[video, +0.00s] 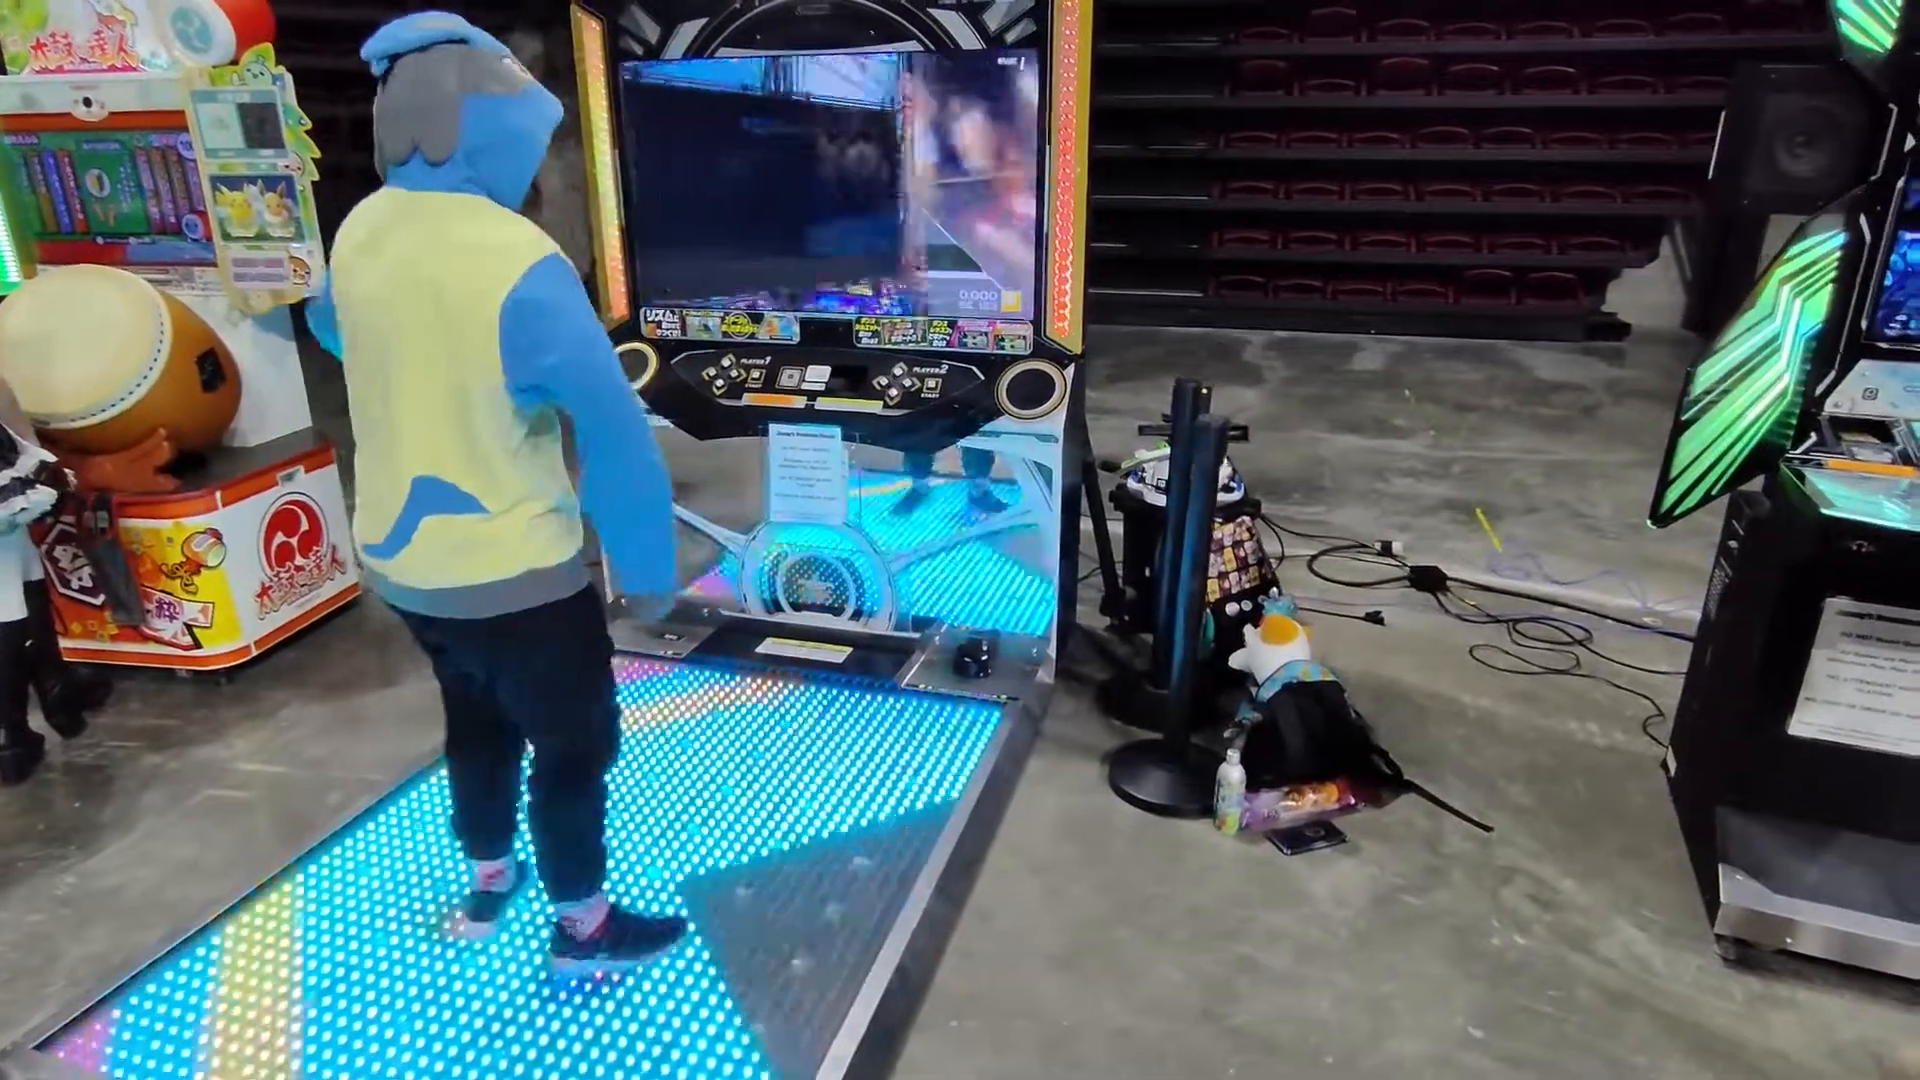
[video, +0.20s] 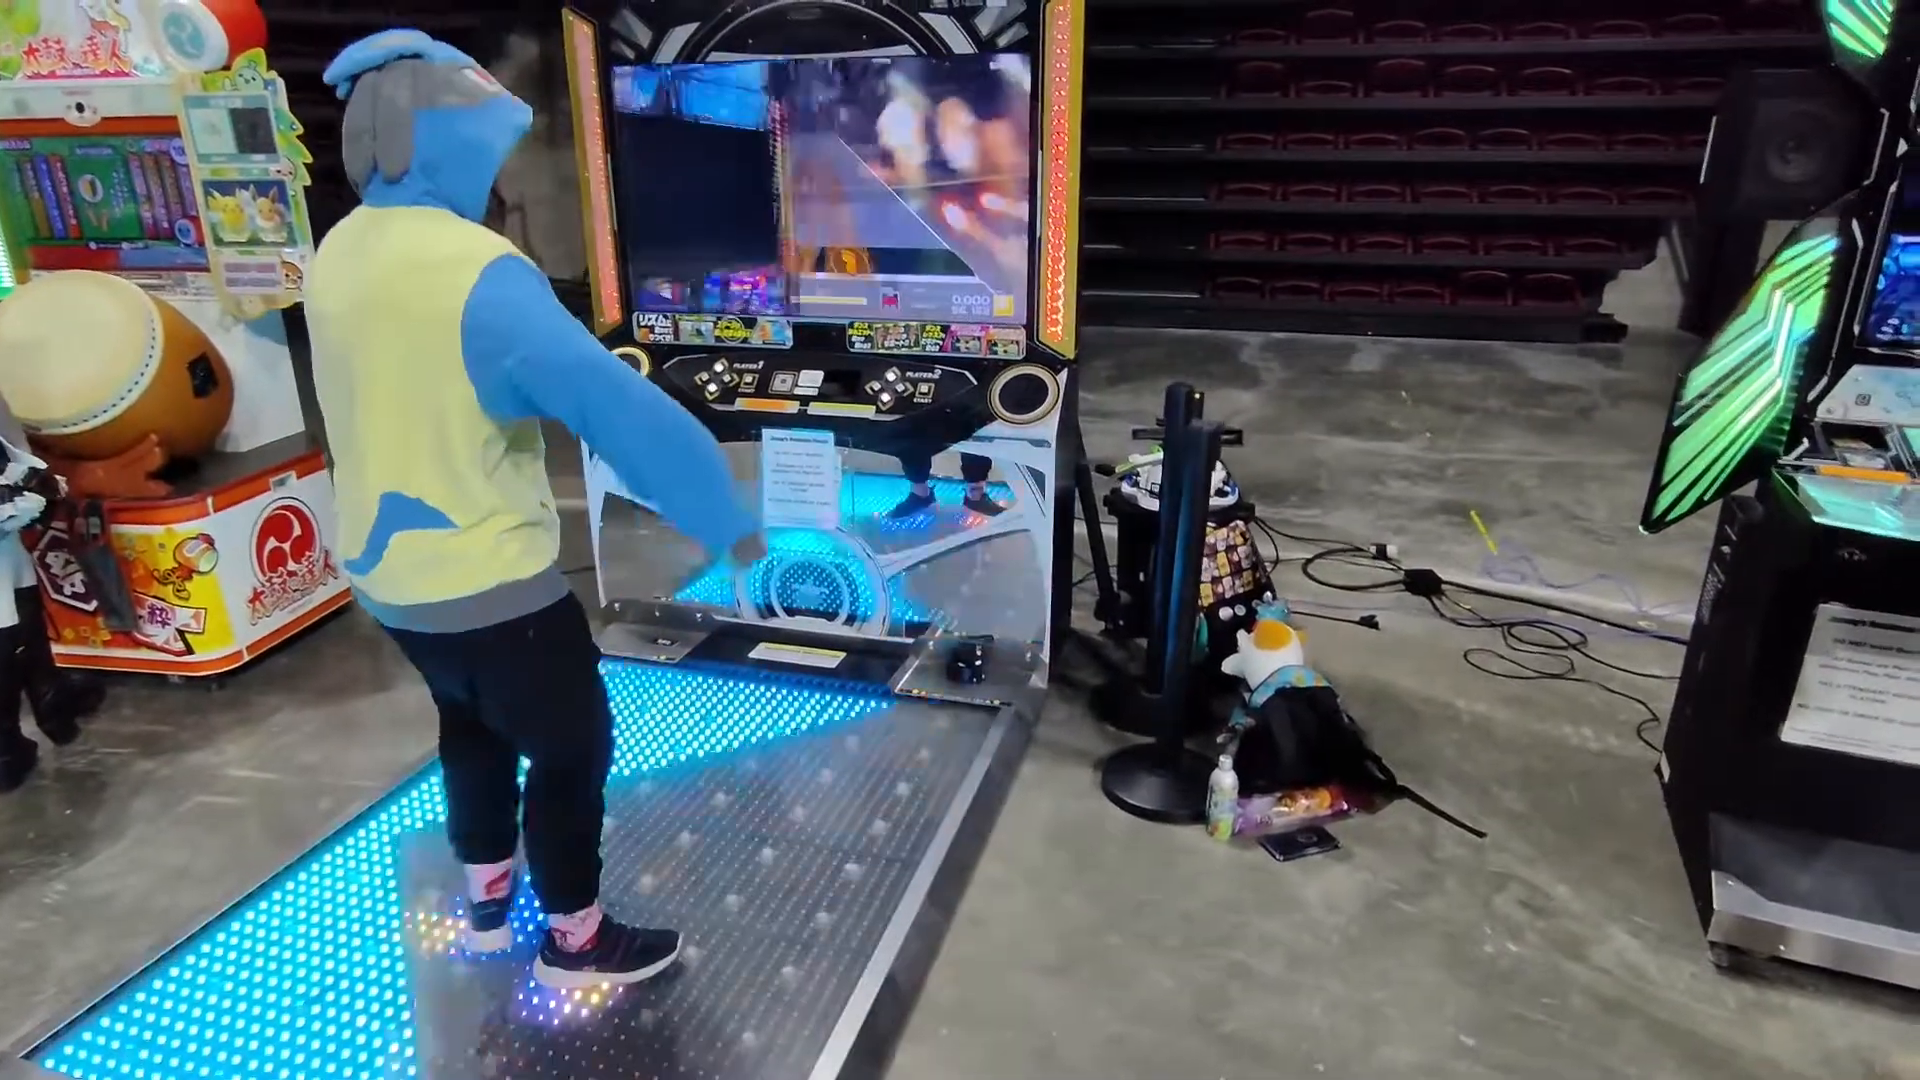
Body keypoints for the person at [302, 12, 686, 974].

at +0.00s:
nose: (530, 145)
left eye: (525, 124)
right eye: (515, 125)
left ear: (414, 134)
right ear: (471, 130)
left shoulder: (362, 232)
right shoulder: (520, 264)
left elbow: (337, 335)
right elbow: (615, 429)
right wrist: (648, 568)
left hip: (408, 567)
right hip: (521, 574)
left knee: (478, 718)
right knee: (575, 743)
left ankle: (489, 872)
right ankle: (581, 920)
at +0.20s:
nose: (495, 159)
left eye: (492, 138)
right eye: (482, 138)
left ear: (383, 146)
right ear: (436, 141)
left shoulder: (333, 259)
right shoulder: (481, 273)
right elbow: (619, 405)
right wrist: (723, 515)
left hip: (389, 577)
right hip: (495, 582)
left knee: (472, 724)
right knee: (571, 744)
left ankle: (489, 895)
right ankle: (573, 935)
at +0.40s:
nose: (473, 155)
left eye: (468, 136)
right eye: (458, 136)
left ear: (351, 147)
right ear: (410, 141)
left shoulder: (305, 261)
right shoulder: (457, 272)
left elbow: (309, 422)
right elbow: (596, 396)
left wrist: (299, 549)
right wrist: (772, 435)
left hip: (371, 586)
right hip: (484, 589)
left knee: (444, 713)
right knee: (548, 750)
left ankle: (428, 885)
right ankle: (561, 940)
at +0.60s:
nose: (443, 156)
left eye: (433, 136)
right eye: (428, 137)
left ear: (311, 159)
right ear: (393, 149)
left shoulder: (258, 272)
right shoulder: (437, 285)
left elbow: (196, 446)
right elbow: (558, 438)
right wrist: (724, 472)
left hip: (337, 599)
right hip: (469, 593)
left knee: (417, 721)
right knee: (533, 754)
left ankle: (423, 897)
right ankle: (551, 930)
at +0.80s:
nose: (440, 148)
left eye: (431, 128)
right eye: (426, 128)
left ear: (297, 148)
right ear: (393, 140)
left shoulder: (246, 257)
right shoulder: (440, 279)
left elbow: (200, 363)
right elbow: (562, 425)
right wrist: (689, 422)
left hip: (336, 594)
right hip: (470, 586)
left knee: (401, 730)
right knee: (544, 731)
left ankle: (422, 905)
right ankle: (558, 917)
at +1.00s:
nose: (455, 152)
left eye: (447, 131)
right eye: (442, 132)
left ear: (310, 147)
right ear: (407, 142)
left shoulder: (263, 253)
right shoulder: (452, 277)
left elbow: (364, 351)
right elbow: (567, 372)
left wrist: (494, 377)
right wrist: (672, 391)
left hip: (344, 591)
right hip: (480, 588)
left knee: (405, 731)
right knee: (542, 755)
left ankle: (420, 903)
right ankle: (585, 926)